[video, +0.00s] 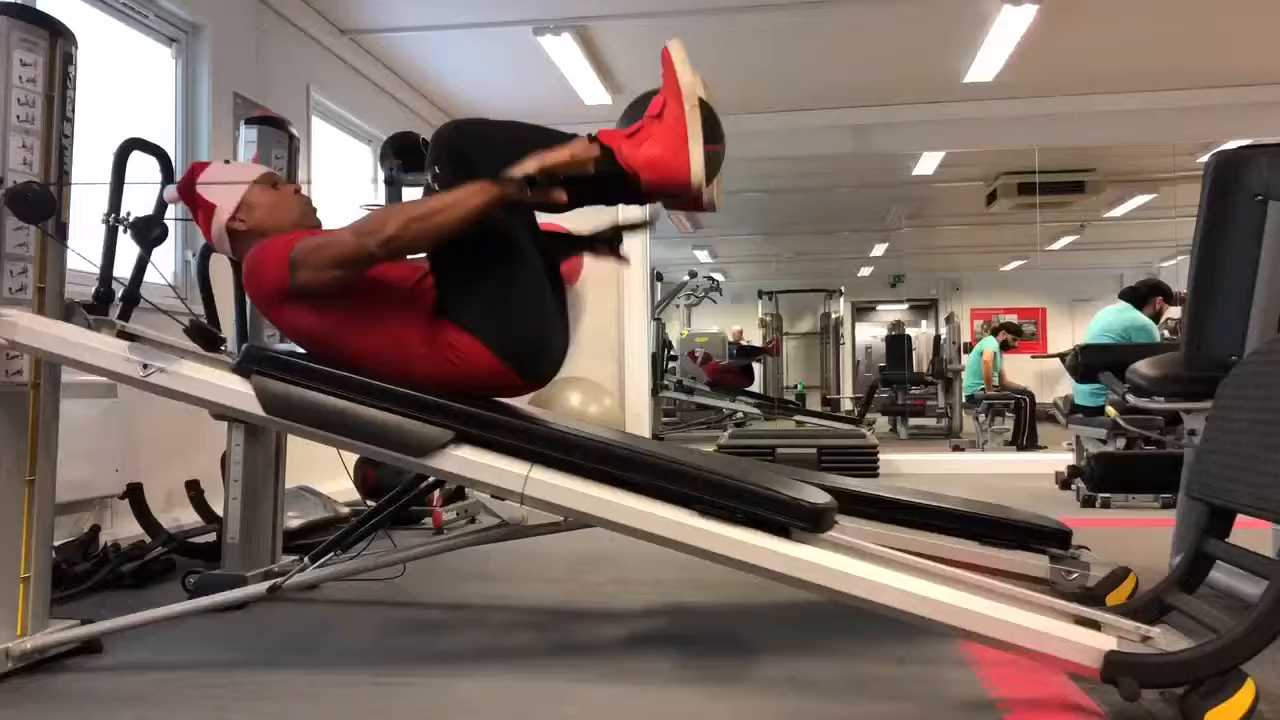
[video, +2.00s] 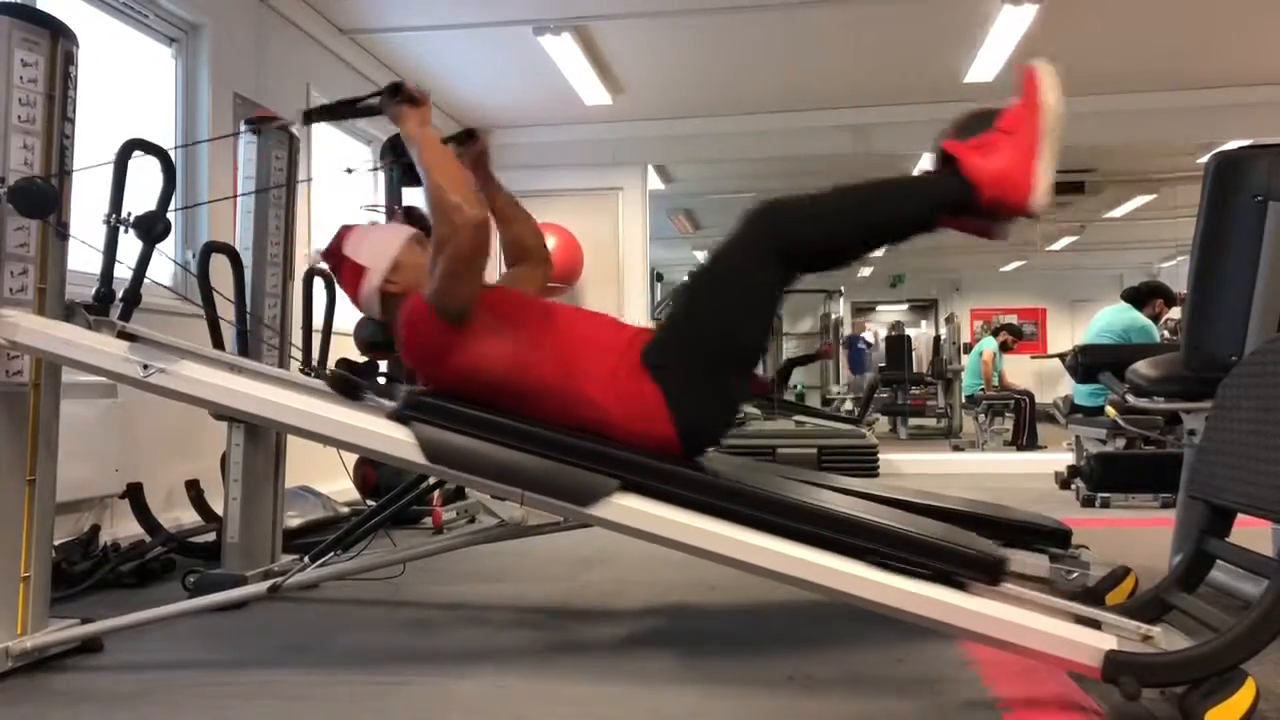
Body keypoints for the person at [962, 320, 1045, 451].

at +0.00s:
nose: (1016, 345)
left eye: (1017, 342)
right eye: (1014, 340)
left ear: (1003, 336)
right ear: (1002, 335)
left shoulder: (998, 352)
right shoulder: (991, 341)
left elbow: (1003, 383)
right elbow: (987, 360)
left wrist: (1022, 388)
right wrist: (989, 391)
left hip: (983, 393)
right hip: (976, 393)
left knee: (1026, 397)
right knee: (1026, 398)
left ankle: (1017, 441)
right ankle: (1027, 443)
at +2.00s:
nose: (1013, 347)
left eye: (1016, 344)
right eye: (1013, 342)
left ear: (1003, 336)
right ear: (1003, 334)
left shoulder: (997, 351)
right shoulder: (990, 342)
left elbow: (1003, 383)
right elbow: (986, 361)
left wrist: (1020, 389)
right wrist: (988, 390)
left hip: (983, 392)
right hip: (975, 393)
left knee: (1026, 397)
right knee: (1025, 398)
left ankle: (1020, 441)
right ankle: (1025, 444)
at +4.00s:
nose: (1013, 347)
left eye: (1015, 344)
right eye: (1013, 342)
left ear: (1003, 335)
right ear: (1003, 334)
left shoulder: (997, 352)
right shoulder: (990, 342)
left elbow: (1003, 382)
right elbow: (986, 361)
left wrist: (1019, 390)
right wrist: (989, 390)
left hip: (985, 392)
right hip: (976, 393)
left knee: (1027, 397)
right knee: (1024, 399)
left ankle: (1028, 443)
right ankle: (1024, 444)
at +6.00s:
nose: (1016, 344)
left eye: (1019, 342)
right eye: (1015, 338)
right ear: (1005, 332)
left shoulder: (998, 350)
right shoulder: (991, 341)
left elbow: (1003, 381)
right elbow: (987, 360)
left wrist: (1019, 390)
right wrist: (989, 389)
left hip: (986, 391)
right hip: (977, 392)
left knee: (1026, 399)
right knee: (1026, 400)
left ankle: (1019, 441)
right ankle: (1026, 443)